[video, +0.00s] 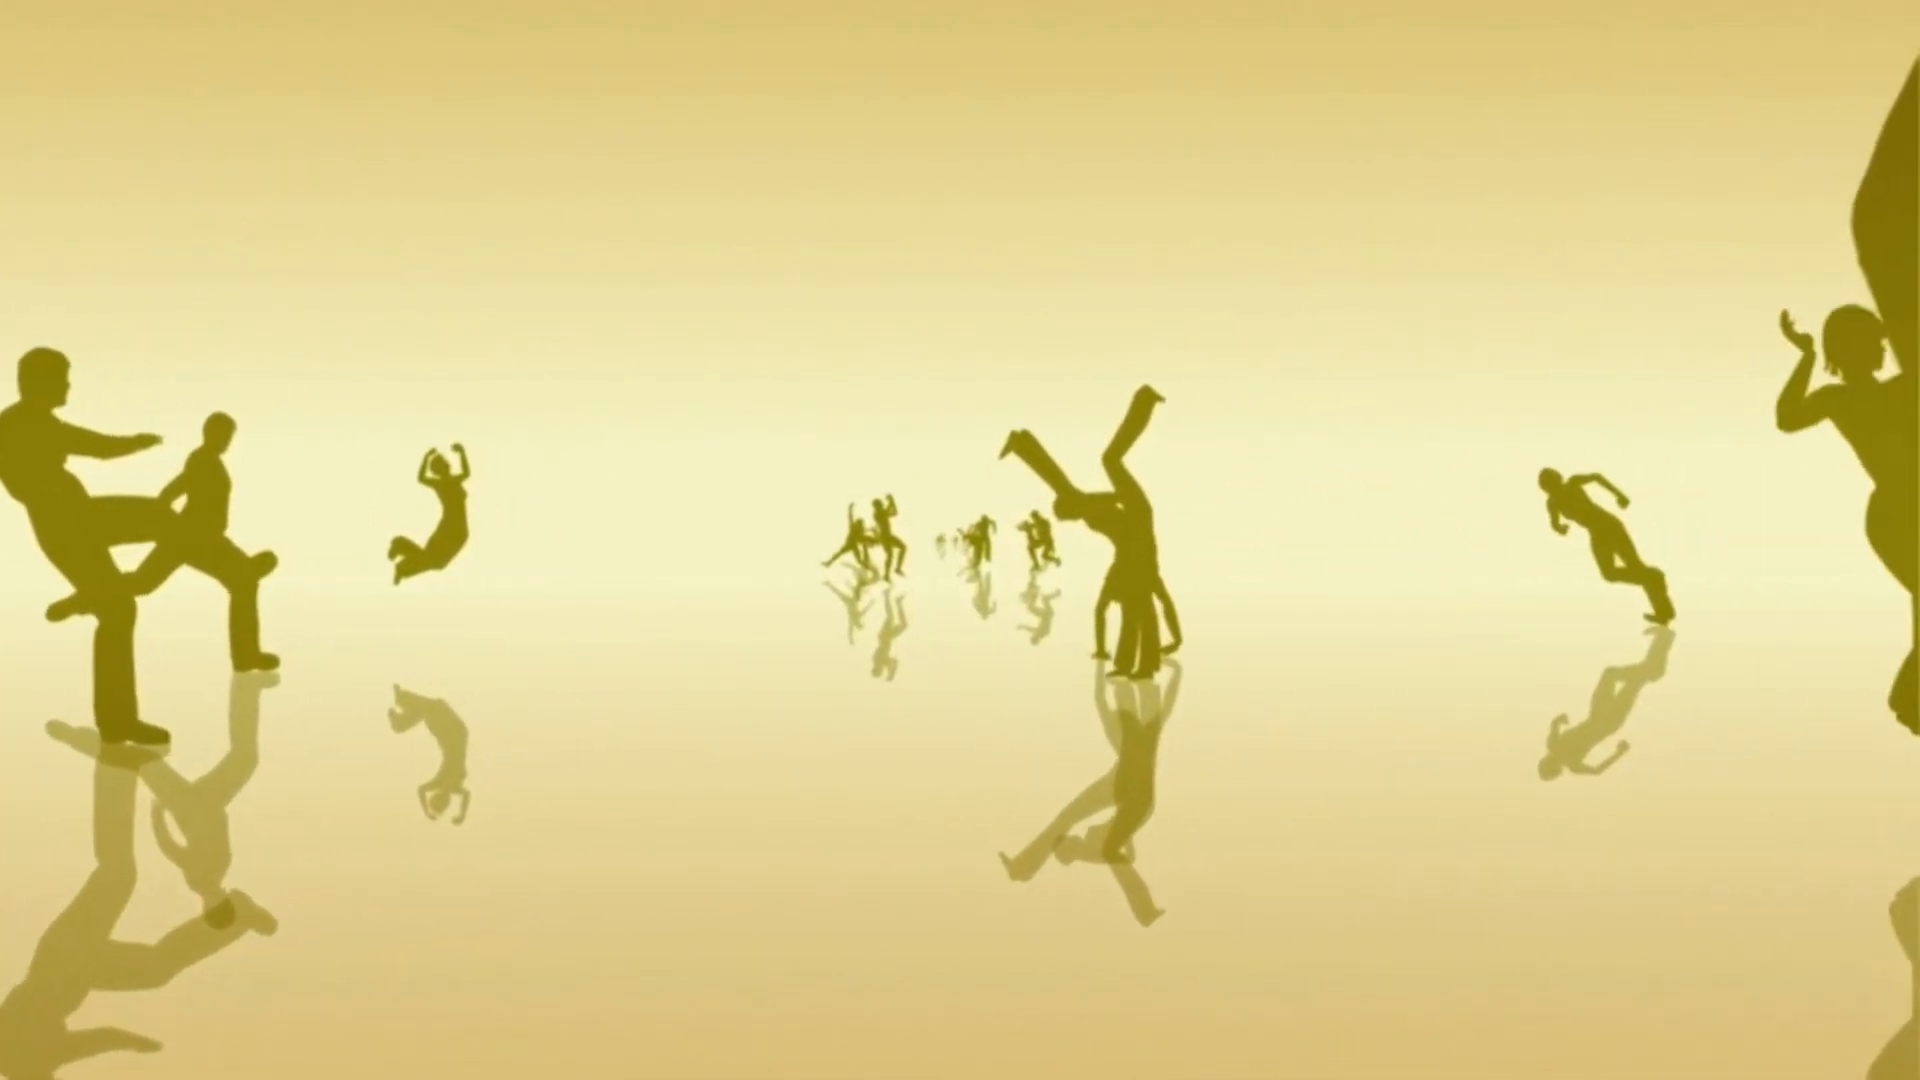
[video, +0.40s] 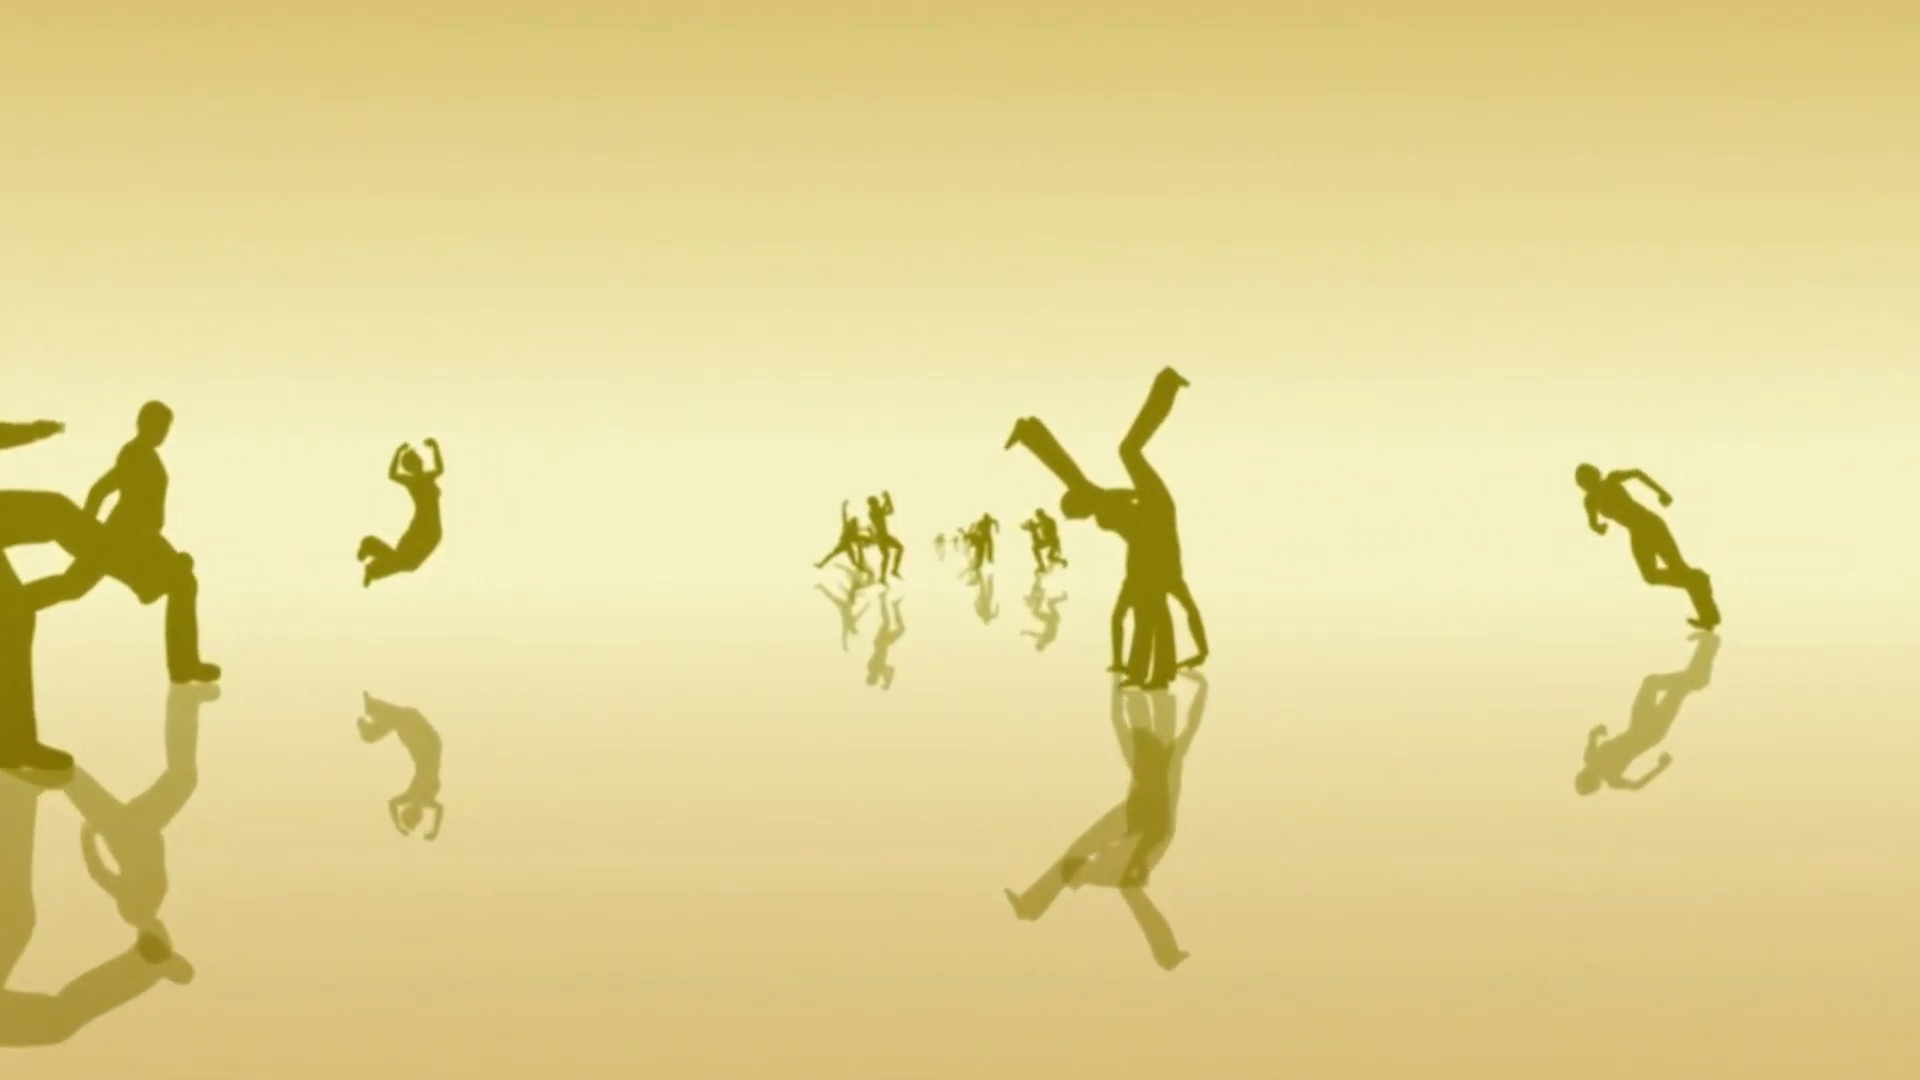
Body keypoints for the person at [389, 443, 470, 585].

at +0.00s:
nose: (443, 466)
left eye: (443, 462)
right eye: (439, 464)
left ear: (448, 463)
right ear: (435, 469)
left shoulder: (455, 481)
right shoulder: (438, 483)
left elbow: (466, 473)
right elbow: (421, 478)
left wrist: (462, 453)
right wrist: (426, 458)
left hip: (461, 528)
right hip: (447, 525)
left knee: (440, 563)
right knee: (431, 558)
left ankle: (403, 570)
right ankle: (401, 545)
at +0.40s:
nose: (416, 464)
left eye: (416, 459)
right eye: (411, 462)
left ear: (421, 460)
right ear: (407, 466)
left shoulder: (428, 477)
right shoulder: (410, 480)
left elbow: (439, 470)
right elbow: (392, 475)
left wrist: (435, 448)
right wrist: (398, 453)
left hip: (434, 528)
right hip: (420, 524)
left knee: (412, 564)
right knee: (402, 559)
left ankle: (374, 571)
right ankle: (371, 545)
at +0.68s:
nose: (393, 459)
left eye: (392, 454)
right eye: (387, 457)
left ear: (397, 456)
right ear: (382, 462)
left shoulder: (404, 475)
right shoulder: (386, 478)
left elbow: (416, 467)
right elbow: (367, 472)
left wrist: (412, 444)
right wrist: (373, 449)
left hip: (411, 528)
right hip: (396, 523)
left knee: (387, 566)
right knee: (377, 560)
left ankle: (347, 573)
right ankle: (345, 545)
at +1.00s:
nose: (369, 456)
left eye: (370, 452)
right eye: (364, 454)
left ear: (374, 453)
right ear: (359, 459)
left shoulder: (382, 472)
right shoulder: (363, 475)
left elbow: (395, 464)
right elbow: (343, 469)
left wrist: (390, 439)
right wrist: (350, 445)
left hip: (389, 527)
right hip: (374, 522)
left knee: (364, 567)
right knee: (354, 561)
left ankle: (323, 574)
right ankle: (320, 545)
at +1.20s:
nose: (352, 453)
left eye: (353, 449)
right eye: (347, 451)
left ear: (358, 450)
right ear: (342, 457)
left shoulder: (365, 470)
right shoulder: (346, 473)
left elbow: (378, 461)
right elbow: (326, 468)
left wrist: (373, 437)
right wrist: (332, 442)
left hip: (373, 526)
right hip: (357, 522)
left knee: (347, 568)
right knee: (335, 561)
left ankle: (304, 575)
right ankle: (301, 545)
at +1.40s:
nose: (334, 449)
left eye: (334, 445)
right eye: (329, 447)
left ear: (339, 447)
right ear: (324, 454)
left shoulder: (346, 468)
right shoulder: (327, 471)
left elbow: (361, 459)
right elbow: (306, 465)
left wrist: (356, 433)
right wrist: (313, 439)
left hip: (354, 525)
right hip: (338, 520)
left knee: (328, 568)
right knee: (317, 562)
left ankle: (285, 576)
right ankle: (282, 546)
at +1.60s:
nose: (315, 447)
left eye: (315, 442)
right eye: (309, 445)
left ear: (320, 444)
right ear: (304, 451)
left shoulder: (328, 465)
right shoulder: (307, 469)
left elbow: (342, 457)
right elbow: (286, 463)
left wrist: (337, 430)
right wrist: (293, 436)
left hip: (336, 525)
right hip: (319, 521)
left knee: (309, 569)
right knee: (297, 562)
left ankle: (264, 577)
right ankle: (260, 546)